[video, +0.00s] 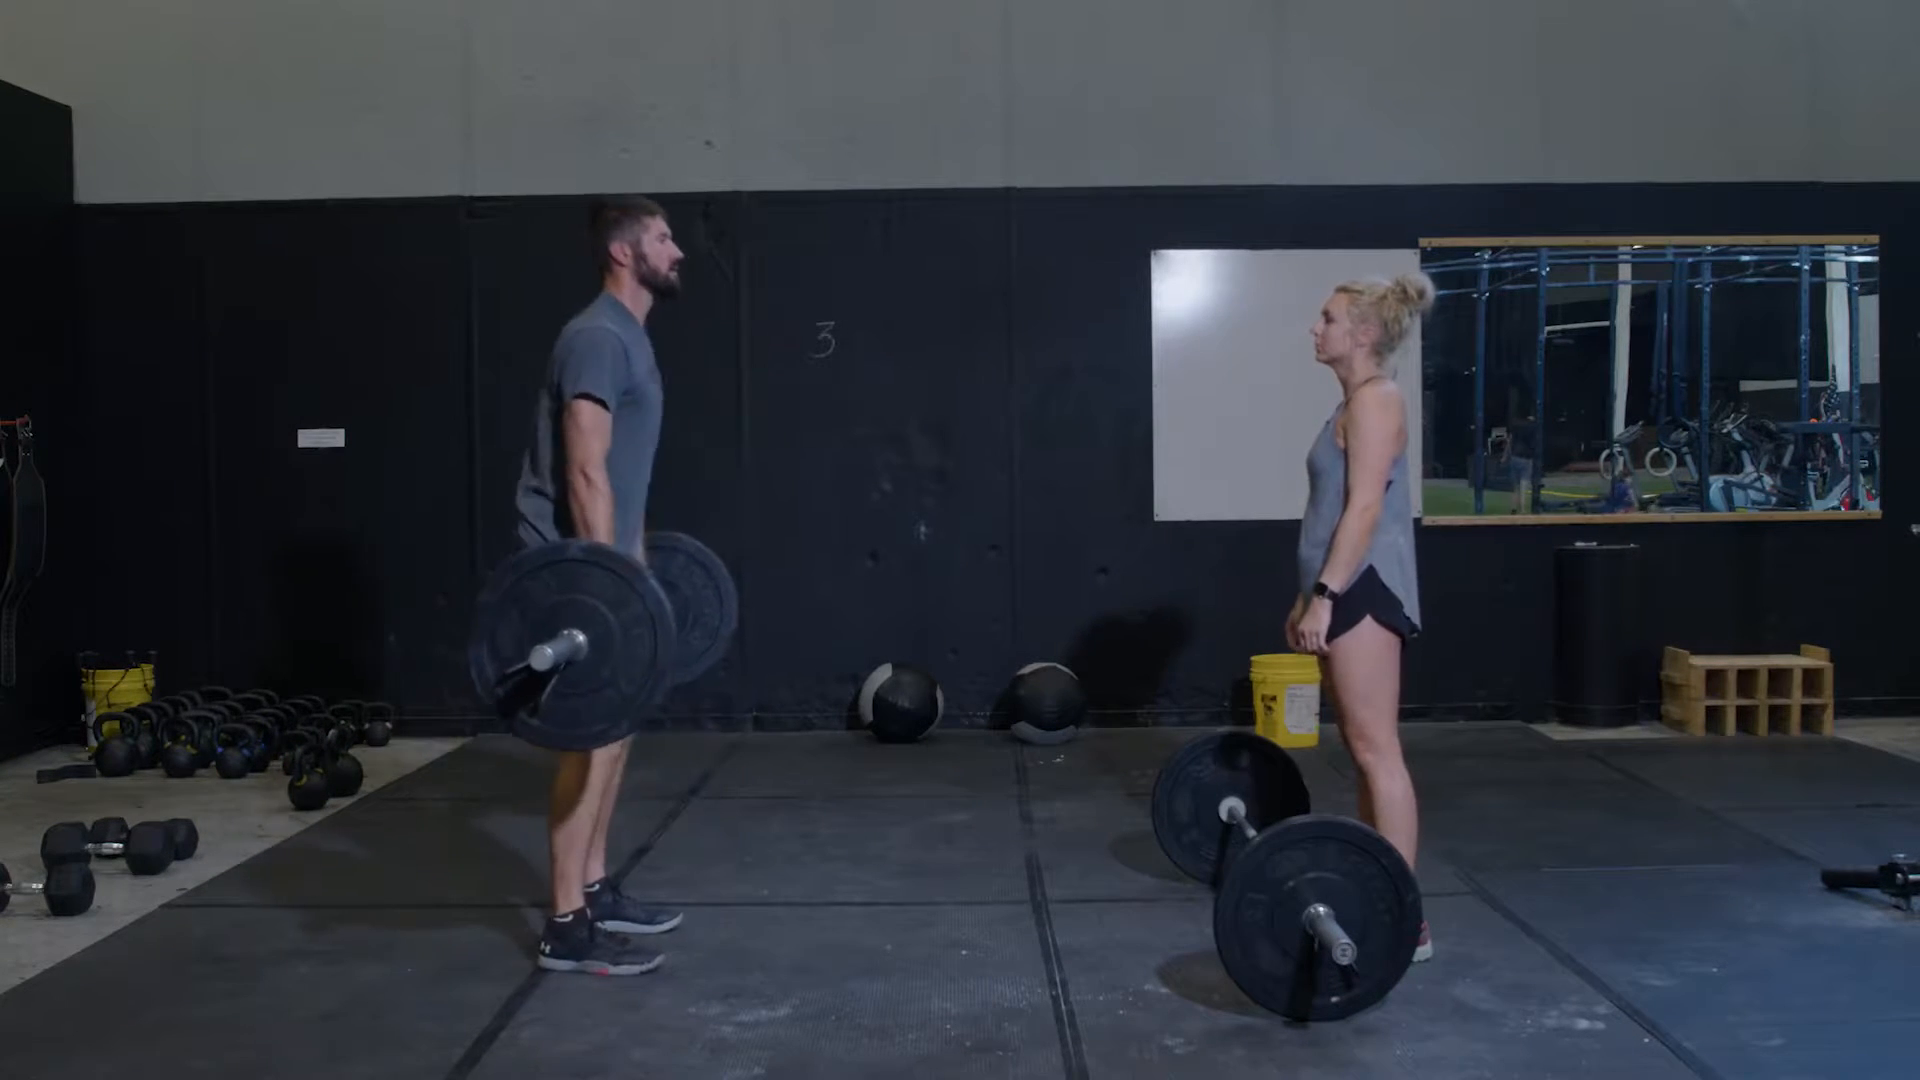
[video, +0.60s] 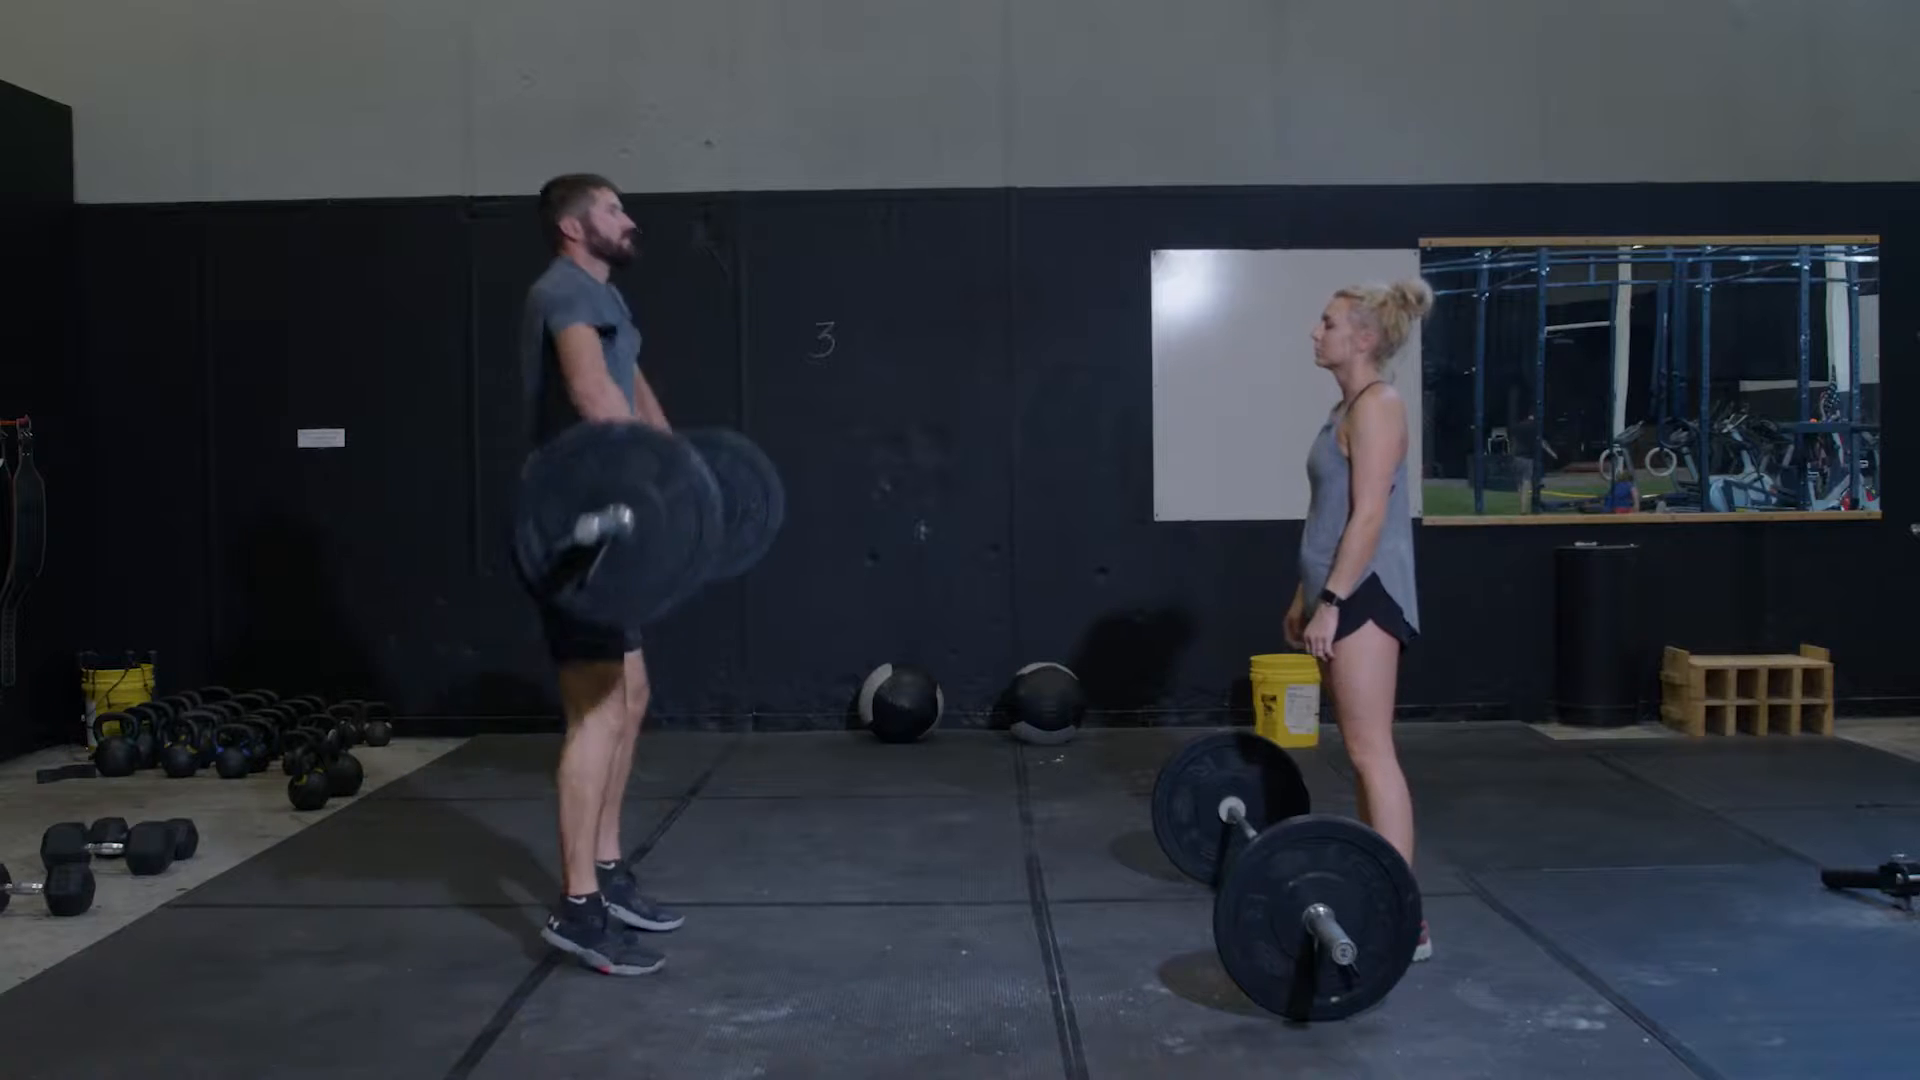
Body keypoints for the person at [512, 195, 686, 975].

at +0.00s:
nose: (677, 253)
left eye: (673, 240)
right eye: (664, 241)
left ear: (633, 255)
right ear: (624, 254)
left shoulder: (629, 338)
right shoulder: (597, 339)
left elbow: (614, 473)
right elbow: (583, 474)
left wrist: (640, 570)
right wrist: (604, 588)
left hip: (610, 558)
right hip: (575, 562)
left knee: (616, 725)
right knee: (590, 730)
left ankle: (590, 891)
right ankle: (566, 923)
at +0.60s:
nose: (629, 224)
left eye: (624, 210)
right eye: (614, 212)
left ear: (586, 226)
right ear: (574, 227)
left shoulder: (602, 294)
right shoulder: (566, 292)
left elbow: (642, 395)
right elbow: (593, 399)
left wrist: (685, 476)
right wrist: (648, 477)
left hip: (602, 524)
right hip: (567, 529)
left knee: (630, 696)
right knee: (598, 705)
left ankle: (604, 870)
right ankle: (576, 902)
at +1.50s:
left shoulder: (642, 389)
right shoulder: (608, 384)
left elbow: (717, 455)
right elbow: (668, 472)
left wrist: (682, 357)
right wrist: (649, 369)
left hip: (613, 583)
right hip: (579, 584)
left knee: (675, 735)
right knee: (662, 753)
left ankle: (599, 892)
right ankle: (574, 924)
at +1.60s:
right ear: (613, 256)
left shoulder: (637, 332)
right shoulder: (595, 324)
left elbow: (718, 393)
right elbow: (673, 395)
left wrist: (679, 291)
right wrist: (653, 293)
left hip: (630, 544)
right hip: (598, 545)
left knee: (645, 722)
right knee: (626, 733)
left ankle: (599, 888)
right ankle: (571, 917)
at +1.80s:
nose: (628, 234)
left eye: (623, 223)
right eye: (615, 225)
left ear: (589, 246)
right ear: (579, 247)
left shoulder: (631, 305)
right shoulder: (583, 307)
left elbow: (692, 259)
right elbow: (649, 247)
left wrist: (676, 172)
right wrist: (640, 158)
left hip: (644, 533)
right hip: (612, 536)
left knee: (625, 716)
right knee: (594, 722)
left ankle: (595, 889)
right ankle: (568, 917)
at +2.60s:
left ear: (595, 267)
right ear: (590, 260)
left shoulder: (624, 327)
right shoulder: (574, 323)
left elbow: (707, 360)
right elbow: (648, 358)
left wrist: (680, 273)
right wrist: (627, 274)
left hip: (631, 546)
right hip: (593, 547)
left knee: (609, 721)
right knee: (578, 728)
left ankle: (592, 892)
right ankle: (564, 922)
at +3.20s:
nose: (657, 306)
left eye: (653, 294)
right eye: (641, 298)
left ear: (650, 303)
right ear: (603, 312)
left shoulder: (635, 386)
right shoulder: (589, 385)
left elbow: (733, 464)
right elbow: (689, 474)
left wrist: (691, 375)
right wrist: (656, 377)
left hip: (568, 592)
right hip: (522, 592)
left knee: (640, 722)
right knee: (622, 740)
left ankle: (591, 893)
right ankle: (568, 925)